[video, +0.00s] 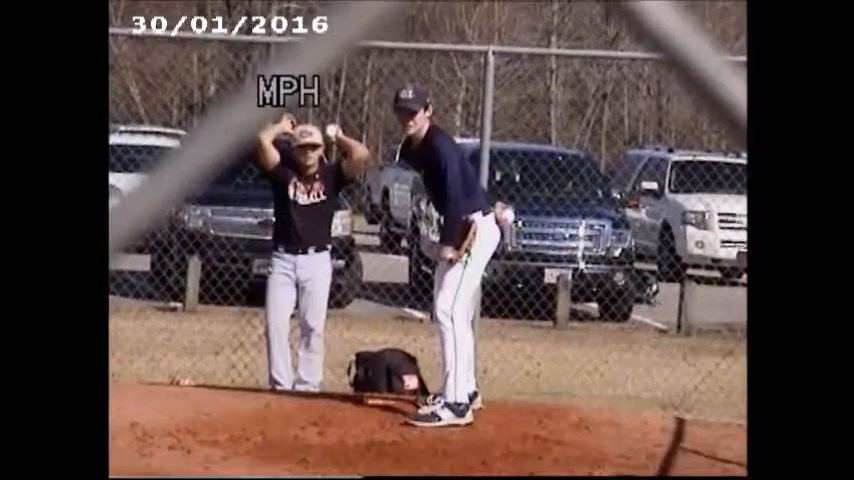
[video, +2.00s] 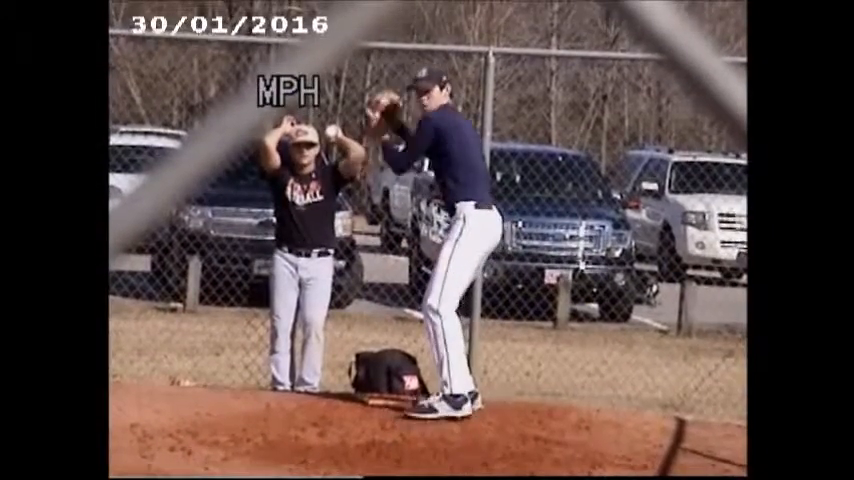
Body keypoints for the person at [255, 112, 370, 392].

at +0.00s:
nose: (309, 154)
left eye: (314, 148)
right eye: (303, 149)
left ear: (322, 150)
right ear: (294, 151)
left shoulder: (333, 175)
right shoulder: (283, 174)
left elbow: (362, 156)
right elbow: (264, 142)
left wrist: (340, 138)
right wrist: (280, 127)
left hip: (317, 260)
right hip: (283, 259)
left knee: (313, 325)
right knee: (276, 323)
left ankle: (308, 386)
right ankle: (279, 384)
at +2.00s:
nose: (304, 153)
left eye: (310, 147)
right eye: (299, 147)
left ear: (318, 149)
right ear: (291, 149)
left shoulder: (330, 174)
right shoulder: (281, 174)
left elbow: (358, 157)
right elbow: (268, 148)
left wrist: (339, 138)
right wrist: (282, 129)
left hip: (320, 260)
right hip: (286, 258)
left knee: (314, 324)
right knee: (281, 322)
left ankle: (309, 383)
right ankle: (280, 382)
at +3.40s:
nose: (308, 152)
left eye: (313, 147)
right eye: (303, 148)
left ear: (322, 149)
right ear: (294, 150)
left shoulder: (334, 175)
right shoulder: (284, 176)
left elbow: (365, 154)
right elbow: (270, 145)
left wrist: (342, 138)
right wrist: (283, 128)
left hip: (320, 260)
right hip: (286, 258)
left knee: (314, 322)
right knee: (282, 321)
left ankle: (309, 381)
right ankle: (283, 381)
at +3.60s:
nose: (308, 153)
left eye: (314, 148)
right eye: (303, 148)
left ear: (323, 150)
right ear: (294, 151)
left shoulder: (335, 176)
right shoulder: (284, 176)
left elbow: (365, 155)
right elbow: (270, 146)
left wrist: (343, 139)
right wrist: (283, 129)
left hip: (321, 260)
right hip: (287, 258)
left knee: (315, 323)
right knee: (283, 321)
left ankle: (309, 382)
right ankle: (283, 381)